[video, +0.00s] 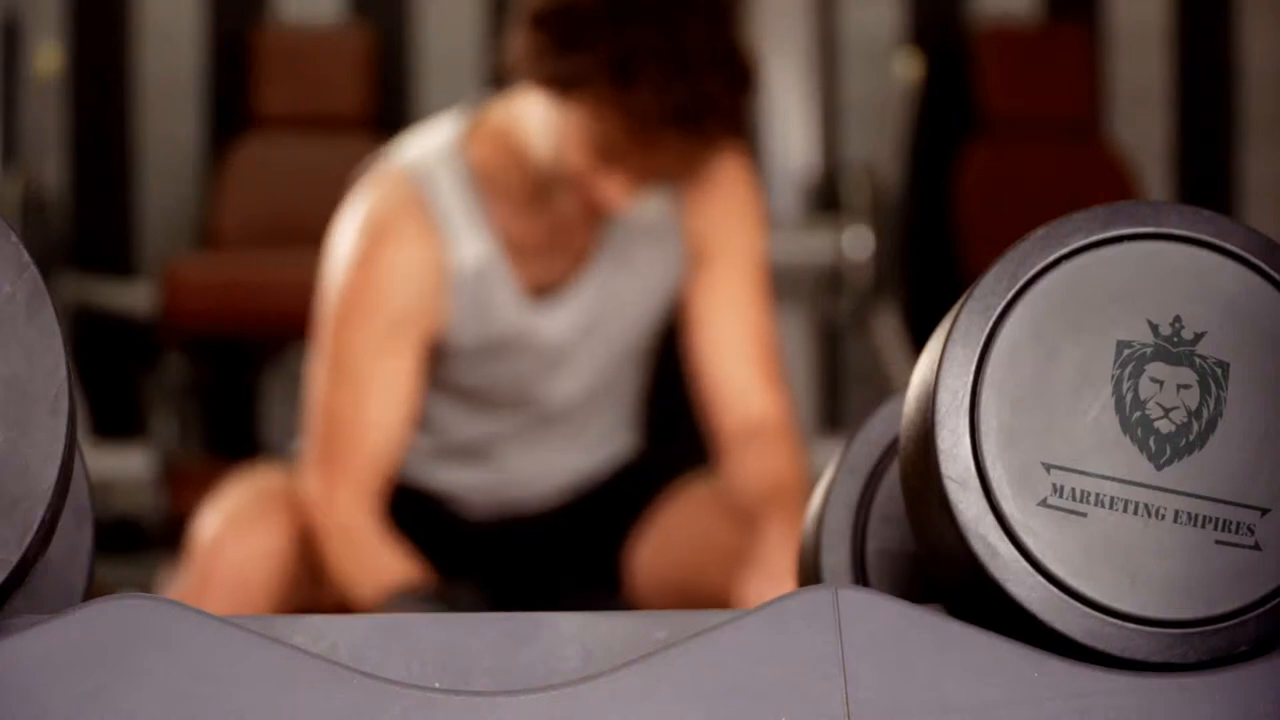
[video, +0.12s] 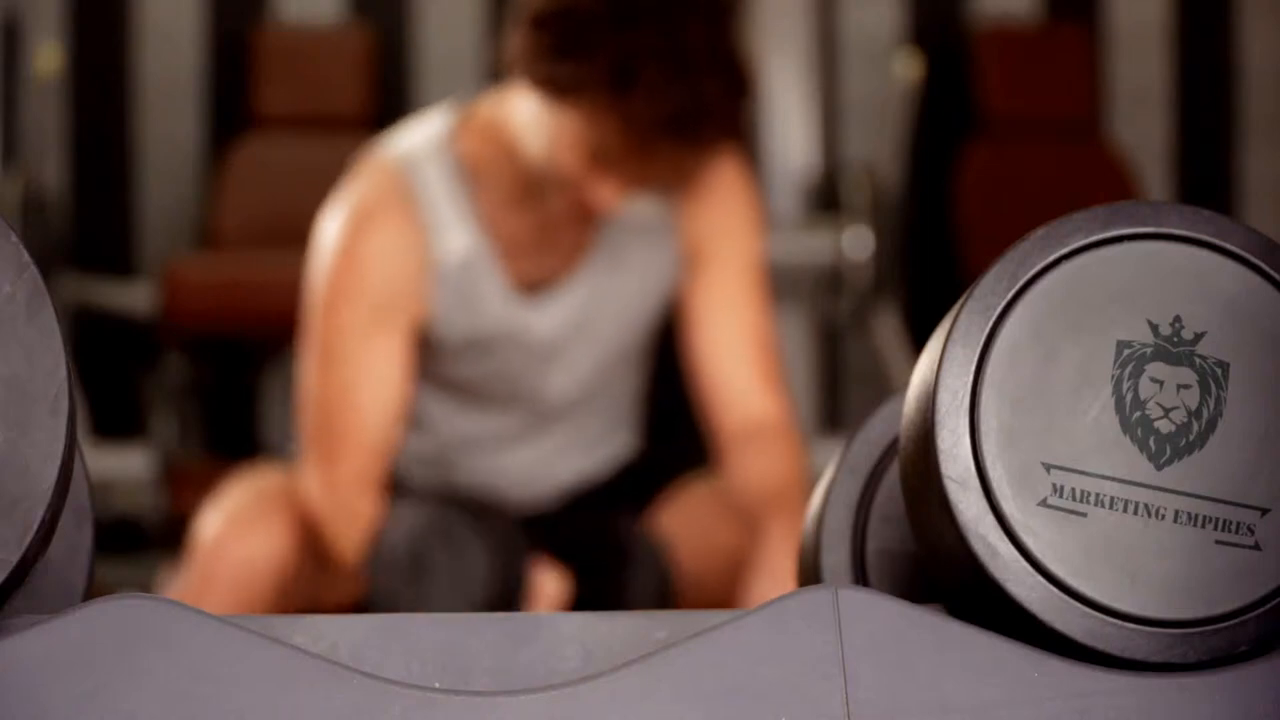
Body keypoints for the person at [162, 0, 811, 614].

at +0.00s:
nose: (622, 199)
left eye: (655, 175)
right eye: (606, 161)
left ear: (695, 146)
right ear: (553, 90)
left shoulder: (705, 175)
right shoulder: (402, 211)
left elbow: (753, 428)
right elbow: (340, 502)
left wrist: (779, 571)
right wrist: (449, 640)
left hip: (602, 515)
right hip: (417, 524)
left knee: (789, 539)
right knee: (245, 524)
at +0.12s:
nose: (613, 202)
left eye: (646, 177)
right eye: (597, 164)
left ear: (690, 148)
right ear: (545, 91)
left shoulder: (701, 175)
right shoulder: (385, 208)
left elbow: (755, 428)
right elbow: (341, 502)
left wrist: (777, 579)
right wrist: (509, 579)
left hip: (604, 519)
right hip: (412, 522)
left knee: (794, 524)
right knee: (245, 527)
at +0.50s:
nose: (588, 201)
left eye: (615, 174)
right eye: (573, 164)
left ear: (652, 137)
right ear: (509, 98)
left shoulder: (671, 173)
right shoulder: (328, 212)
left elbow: (747, 423)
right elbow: (340, 499)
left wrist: (790, 586)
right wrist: (489, 465)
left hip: (600, 522)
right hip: (400, 527)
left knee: (778, 540)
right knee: (235, 532)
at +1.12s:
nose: (600, 180)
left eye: (633, 153)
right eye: (584, 141)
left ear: (672, 119)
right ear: (527, 75)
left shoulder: (692, 171)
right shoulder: (369, 210)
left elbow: (750, 423)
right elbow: (341, 497)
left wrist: (797, 536)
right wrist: (497, 574)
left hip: (607, 512)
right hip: (423, 516)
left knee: (794, 533)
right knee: (241, 528)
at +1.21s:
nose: (605, 182)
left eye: (639, 155)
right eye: (588, 142)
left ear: (676, 122)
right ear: (527, 78)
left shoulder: (698, 174)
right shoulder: (380, 209)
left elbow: (752, 425)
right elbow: (344, 507)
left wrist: (802, 544)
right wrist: (436, 636)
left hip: (605, 512)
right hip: (415, 518)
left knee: (800, 542)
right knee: (241, 529)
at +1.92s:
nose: (613, 207)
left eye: (646, 176)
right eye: (593, 166)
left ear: (681, 147)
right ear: (529, 101)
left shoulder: (695, 178)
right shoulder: (394, 242)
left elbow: (756, 431)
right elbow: (348, 554)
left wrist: (805, 575)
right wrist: (354, 719)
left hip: (602, 524)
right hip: (416, 533)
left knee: (795, 539)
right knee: (238, 533)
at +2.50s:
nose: (611, 168)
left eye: (645, 137)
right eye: (591, 127)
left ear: (676, 110)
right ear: (524, 67)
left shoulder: (696, 170)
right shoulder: (393, 210)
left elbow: (753, 428)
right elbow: (337, 510)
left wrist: (790, 570)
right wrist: (457, 668)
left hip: (601, 521)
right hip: (418, 529)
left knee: (792, 540)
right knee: (241, 526)